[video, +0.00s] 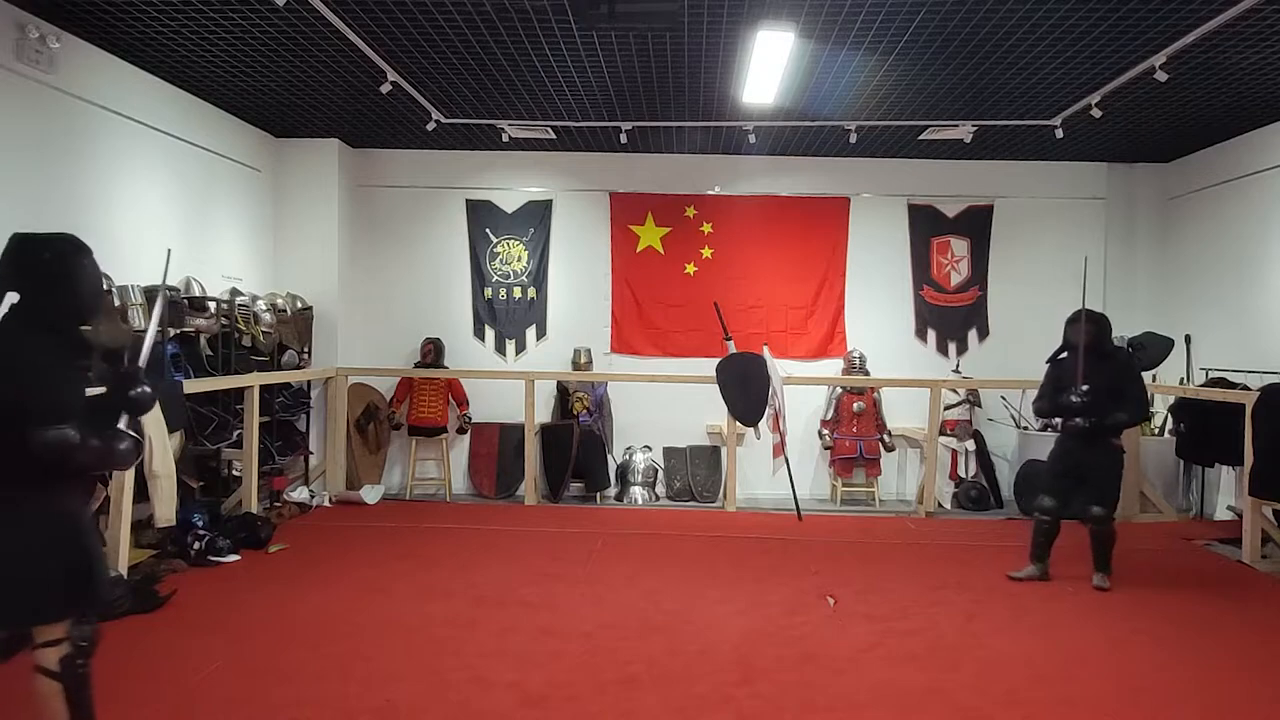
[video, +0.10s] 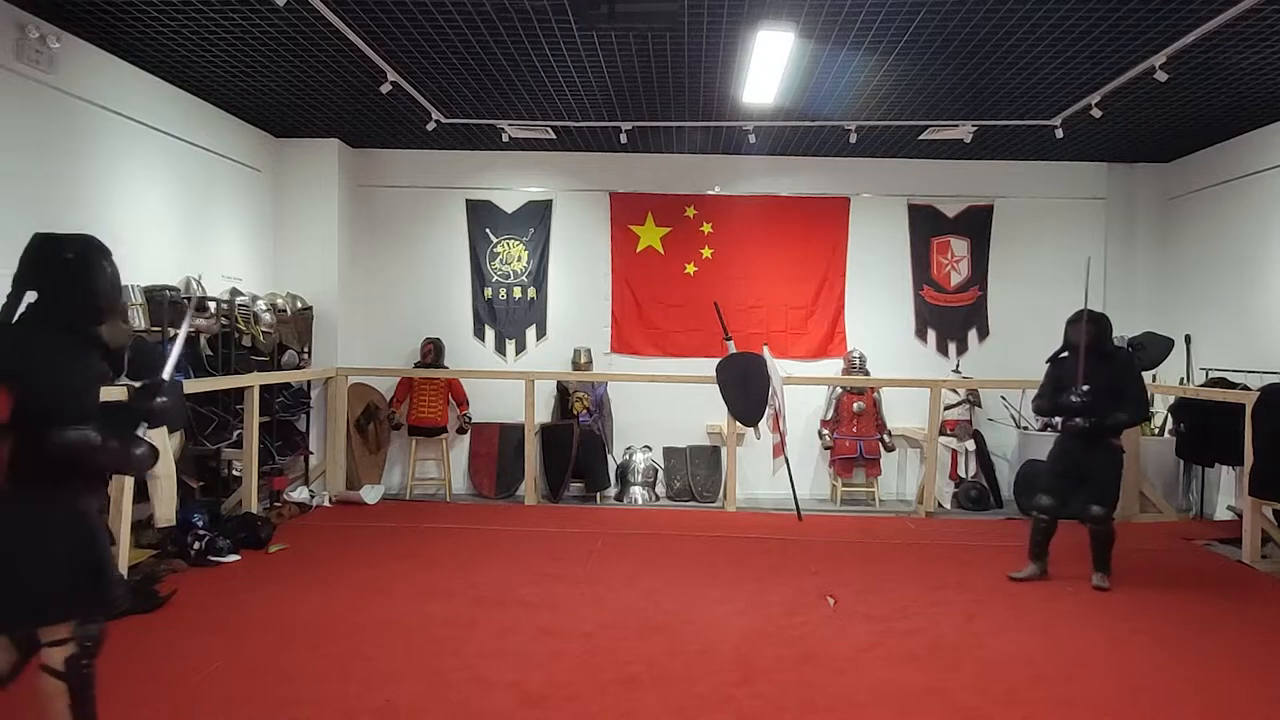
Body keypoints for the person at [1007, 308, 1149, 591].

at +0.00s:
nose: (1078, 339)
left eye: (1084, 333)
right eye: (1073, 332)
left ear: (1099, 333)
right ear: (1067, 333)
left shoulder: (1120, 362)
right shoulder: (1061, 364)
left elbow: (1140, 409)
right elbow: (1040, 407)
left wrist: (1102, 423)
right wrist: (1066, 402)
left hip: (1105, 447)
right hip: (1068, 443)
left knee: (1099, 512)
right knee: (1047, 504)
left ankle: (1101, 572)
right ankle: (1038, 564)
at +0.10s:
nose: (1078, 340)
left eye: (1084, 334)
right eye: (1073, 333)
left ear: (1099, 334)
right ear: (1068, 333)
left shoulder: (1121, 362)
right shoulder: (1061, 363)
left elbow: (1140, 409)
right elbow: (1039, 405)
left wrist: (1101, 423)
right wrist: (1065, 402)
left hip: (1105, 447)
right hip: (1068, 443)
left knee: (1098, 512)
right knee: (1045, 504)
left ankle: (1101, 571)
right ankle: (1037, 563)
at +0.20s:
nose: (1078, 333)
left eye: (1085, 328)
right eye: (1073, 327)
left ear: (1099, 331)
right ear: (1067, 332)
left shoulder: (1120, 362)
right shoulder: (1059, 363)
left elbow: (1137, 410)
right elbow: (1038, 404)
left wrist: (1097, 424)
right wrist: (1065, 400)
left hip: (1102, 447)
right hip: (1064, 443)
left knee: (1097, 511)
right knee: (1041, 501)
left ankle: (1100, 571)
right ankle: (1031, 560)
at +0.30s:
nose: (1073, 345)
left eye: (1079, 339)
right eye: (1068, 339)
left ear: (1094, 336)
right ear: (1062, 337)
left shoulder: (1114, 361)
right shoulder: (1054, 363)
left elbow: (1133, 409)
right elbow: (1033, 404)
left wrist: (1098, 423)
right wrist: (1061, 401)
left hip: (1099, 446)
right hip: (1061, 443)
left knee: (1097, 511)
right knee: (1036, 499)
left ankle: (1100, 571)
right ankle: (1023, 558)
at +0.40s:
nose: (1064, 343)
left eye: (1071, 337)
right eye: (1060, 337)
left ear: (1086, 335)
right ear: (1055, 336)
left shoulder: (1108, 363)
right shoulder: (1047, 365)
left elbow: (1126, 407)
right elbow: (1027, 407)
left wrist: (1092, 425)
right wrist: (1054, 403)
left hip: (1094, 447)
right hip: (1056, 444)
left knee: (1095, 510)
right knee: (1033, 501)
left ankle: (1100, 571)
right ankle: (1018, 559)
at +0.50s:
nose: (1059, 350)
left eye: (1065, 343)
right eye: (1053, 343)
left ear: (1079, 339)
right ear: (1046, 340)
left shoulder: (1098, 362)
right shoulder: (1037, 366)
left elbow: (1117, 406)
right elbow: (1018, 408)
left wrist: (1085, 424)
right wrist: (1044, 404)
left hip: (1086, 447)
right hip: (1048, 444)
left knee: (1090, 508)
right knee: (1029, 501)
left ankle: (1098, 571)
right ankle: (1017, 561)